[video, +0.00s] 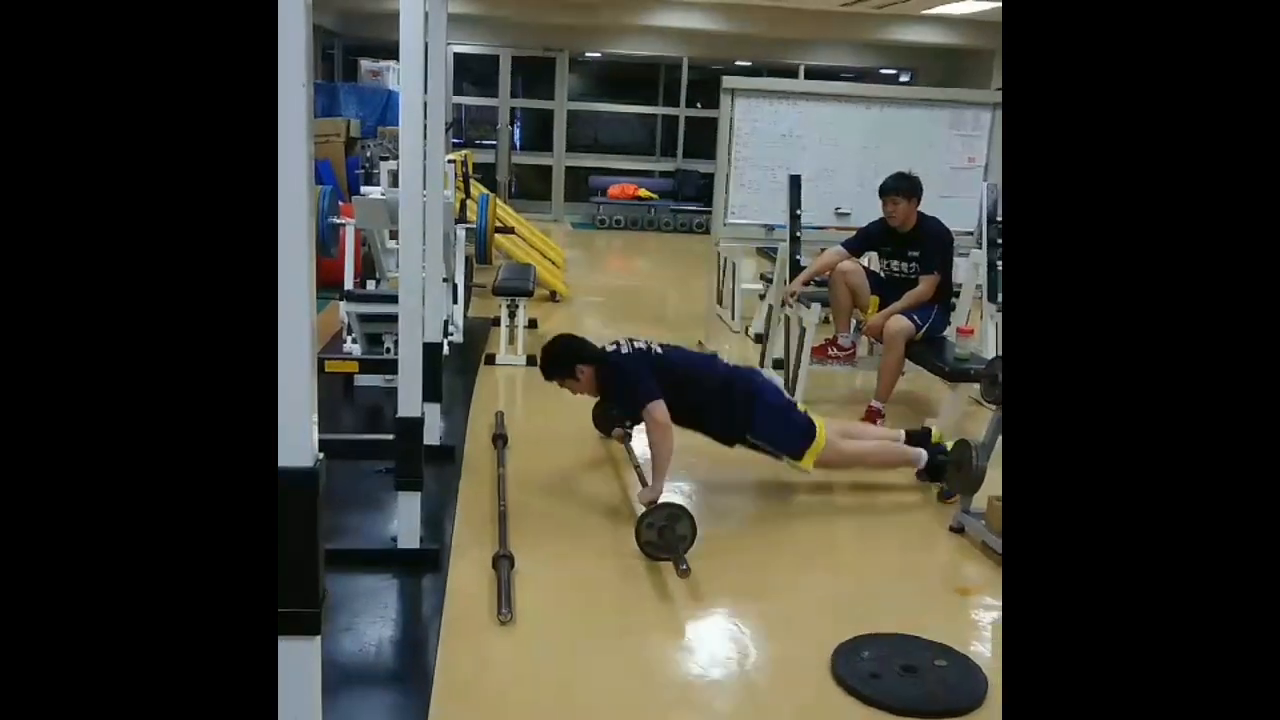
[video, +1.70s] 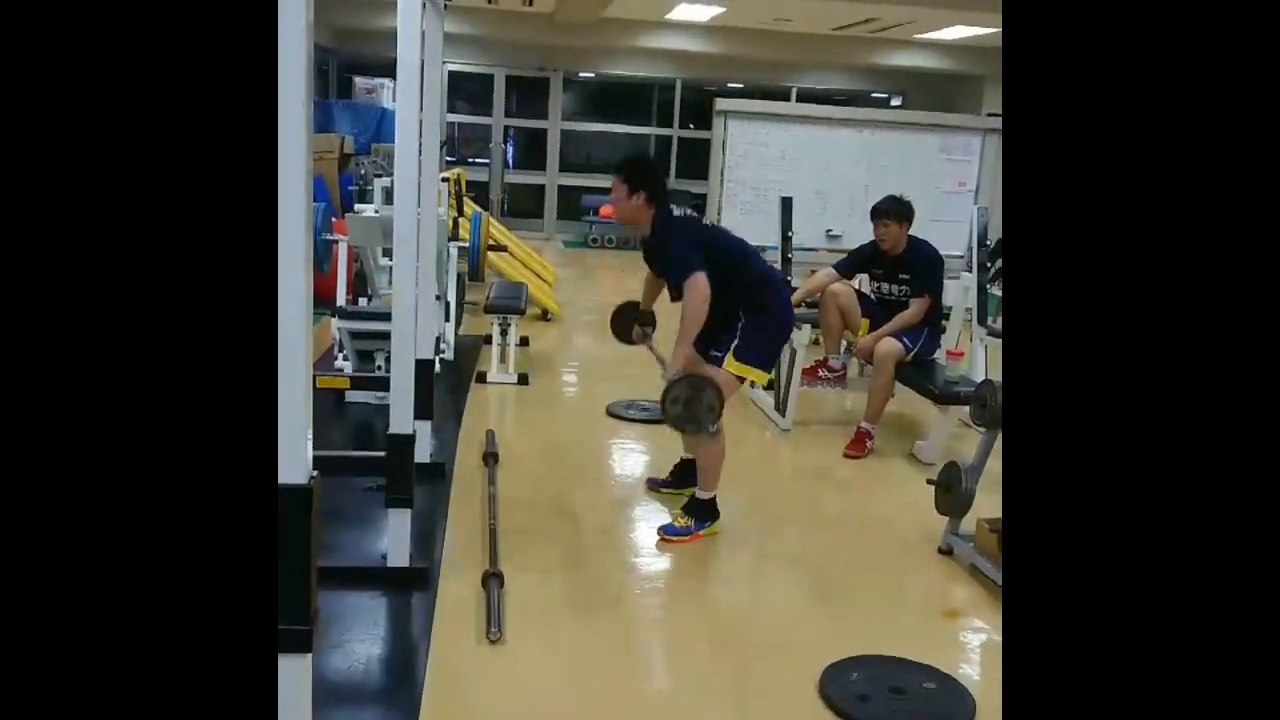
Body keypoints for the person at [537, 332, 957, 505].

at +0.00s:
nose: (575, 392)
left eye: (570, 384)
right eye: (566, 387)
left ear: (583, 369)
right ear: (583, 361)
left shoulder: (628, 373)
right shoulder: (617, 355)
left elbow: (661, 428)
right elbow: (640, 396)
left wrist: (656, 489)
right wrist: (617, 416)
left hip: (748, 409)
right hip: (748, 391)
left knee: (827, 455)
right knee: (823, 432)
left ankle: (930, 460)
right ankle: (915, 438)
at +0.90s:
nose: (565, 377)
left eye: (562, 370)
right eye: (559, 372)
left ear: (576, 356)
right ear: (578, 346)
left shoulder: (618, 363)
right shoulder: (613, 346)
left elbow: (636, 431)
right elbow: (631, 405)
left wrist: (644, 490)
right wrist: (618, 417)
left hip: (757, 347)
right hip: (749, 339)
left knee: (818, 428)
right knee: (808, 425)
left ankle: (910, 458)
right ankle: (893, 452)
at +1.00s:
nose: (582, 366)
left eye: (579, 359)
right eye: (577, 361)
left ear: (593, 347)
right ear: (596, 341)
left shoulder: (629, 355)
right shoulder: (622, 336)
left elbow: (641, 429)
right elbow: (626, 386)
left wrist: (643, 492)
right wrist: (620, 418)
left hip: (765, 315)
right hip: (742, 310)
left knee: (765, 422)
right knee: (736, 403)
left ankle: (852, 465)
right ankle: (819, 436)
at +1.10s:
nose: (596, 363)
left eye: (593, 355)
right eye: (590, 358)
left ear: (608, 343)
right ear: (610, 337)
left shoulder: (645, 353)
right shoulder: (633, 338)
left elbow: (651, 430)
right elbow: (629, 391)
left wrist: (644, 493)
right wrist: (618, 430)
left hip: (772, 318)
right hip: (742, 308)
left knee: (712, 397)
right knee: (689, 381)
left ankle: (768, 479)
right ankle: (741, 449)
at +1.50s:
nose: (603, 280)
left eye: (607, 271)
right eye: (604, 272)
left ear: (632, 276)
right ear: (634, 276)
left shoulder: (667, 310)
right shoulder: (652, 302)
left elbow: (671, 389)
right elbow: (641, 348)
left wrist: (653, 449)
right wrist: (627, 387)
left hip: (772, 351)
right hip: (751, 341)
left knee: (687, 400)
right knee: (678, 388)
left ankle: (705, 505)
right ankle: (690, 467)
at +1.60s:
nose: (600, 248)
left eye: (604, 240)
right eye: (600, 240)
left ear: (631, 246)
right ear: (632, 246)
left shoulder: (668, 276)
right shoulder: (655, 273)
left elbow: (685, 346)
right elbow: (648, 316)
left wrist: (669, 404)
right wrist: (636, 356)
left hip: (773, 320)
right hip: (740, 315)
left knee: (704, 397)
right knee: (687, 381)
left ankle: (705, 505)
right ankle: (690, 467)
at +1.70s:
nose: (611, 205)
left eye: (617, 196)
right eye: (612, 196)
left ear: (641, 199)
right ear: (640, 200)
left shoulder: (675, 234)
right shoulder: (656, 234)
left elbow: (699, 292)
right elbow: (658, 273)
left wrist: (680, 357)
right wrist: (645, 310)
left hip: (765, 308)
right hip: (728, 304)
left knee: (706, 402)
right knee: (688, 382)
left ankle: (705, 508)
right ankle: (691, 468)